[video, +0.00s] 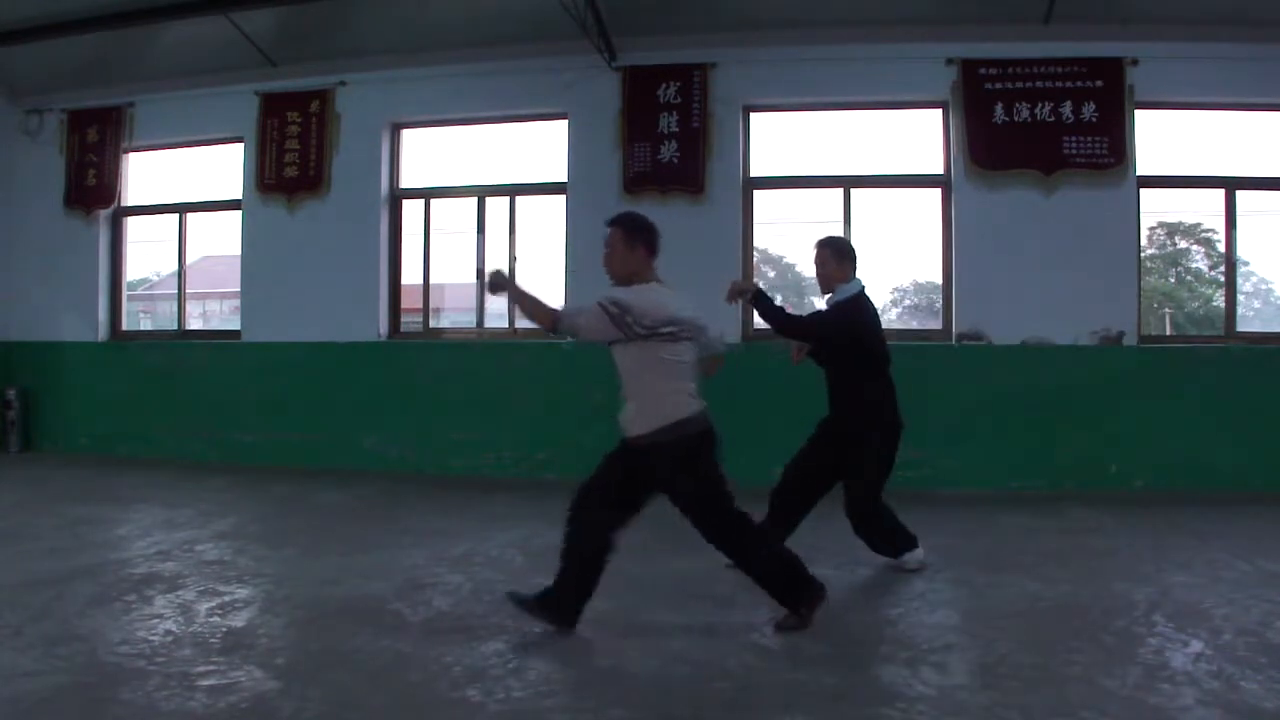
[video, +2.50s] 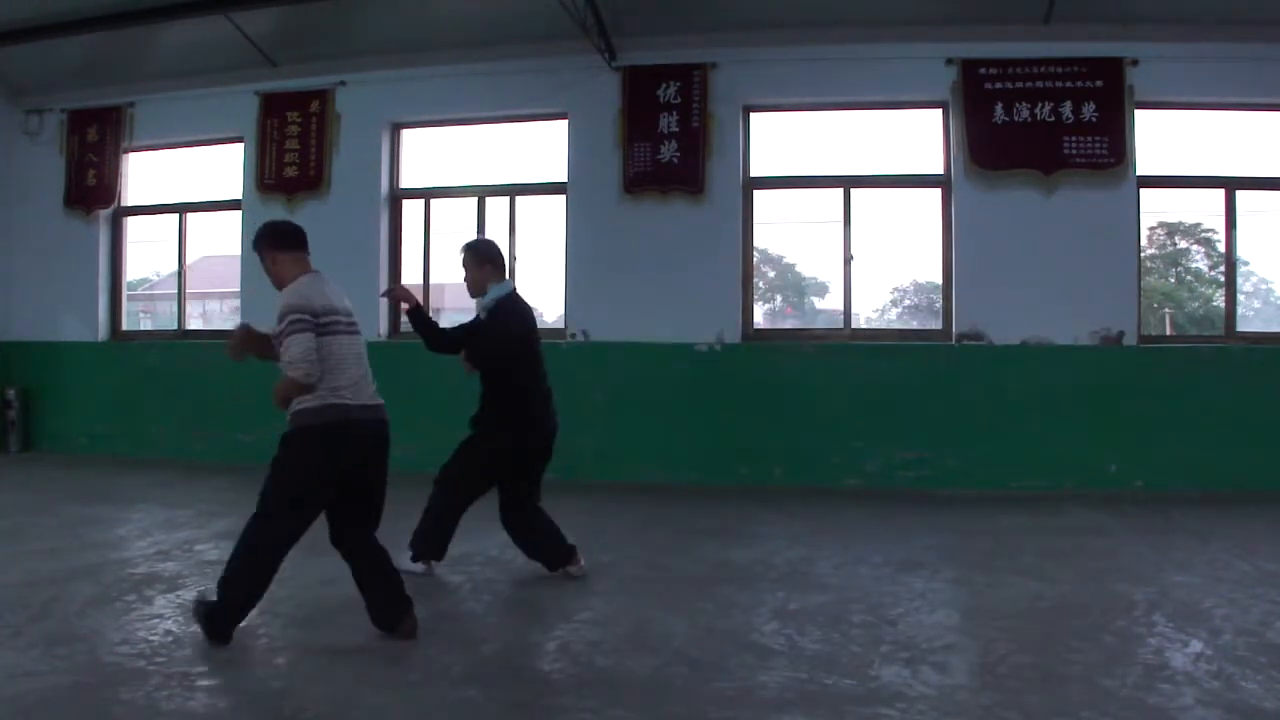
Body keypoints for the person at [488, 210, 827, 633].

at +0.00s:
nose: (604, 257)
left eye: (611, 248)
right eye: (606, 248)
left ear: (639, 252)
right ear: (641, 254)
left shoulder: (629, 304)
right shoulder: (675, 303)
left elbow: (559, 322)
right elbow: (715, 353)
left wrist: (512, 291)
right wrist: (675, 381)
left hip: (656, 440)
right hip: (688, 433)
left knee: (593, 515)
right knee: (723, 523)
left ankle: (563, 605)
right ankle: (803, 593)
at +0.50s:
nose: (420, 212)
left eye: (428, 204)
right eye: (423, 204)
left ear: (452, 212)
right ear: (447, 214)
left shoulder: (482, 268)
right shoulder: (430, 272)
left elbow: (511, 329)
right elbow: (374, 293)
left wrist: (454, 351)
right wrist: (356, 241)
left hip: (482, 390)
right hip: (439, 383)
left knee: (443, 486)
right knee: (380, 361)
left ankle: (426, 602)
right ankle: (414, 454)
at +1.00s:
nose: (282, 251)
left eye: (288, 241)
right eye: (283, 241)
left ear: (311, 243)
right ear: (324, 245)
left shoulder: (303, 300)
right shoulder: (355, 295)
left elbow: (247, 331)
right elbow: (286, 328)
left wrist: (221, 313)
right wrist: (239, 323)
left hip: (312, 428)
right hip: (362, 429)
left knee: (248, 525)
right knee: (342, 530)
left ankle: (213, 623)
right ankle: (399, 614)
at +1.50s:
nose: (229, 277)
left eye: (233, 267)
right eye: (229, 268)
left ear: (254, 266)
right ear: (265, 267)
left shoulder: (290, 313)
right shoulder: (273, 319)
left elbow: (303, 384)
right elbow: (215, 342)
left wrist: (264, 385)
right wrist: (187, 286)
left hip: (307, 443)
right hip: (340, 440)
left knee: (241, 522)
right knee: (336, 540)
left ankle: (211, 621)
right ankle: (395, 620)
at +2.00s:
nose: (252, 271)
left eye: (253, 262)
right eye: (252, 263)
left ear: (263, 261)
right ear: (293, 257)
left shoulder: (309, 309)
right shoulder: (277, 316)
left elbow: (310, 383)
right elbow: (220, 341)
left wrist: (274, 379)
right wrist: (192, 284)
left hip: (314, 443)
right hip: (344, 439)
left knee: (250, 525)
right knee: (340, 538)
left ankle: (212, 620)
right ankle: (396, 618)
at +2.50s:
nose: (268, 274)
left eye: (266, 264)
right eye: (265, 266)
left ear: (273, 258)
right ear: (304, 253)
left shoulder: (297, 297)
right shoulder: (334, 294)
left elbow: (304, 370)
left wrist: (282, 394)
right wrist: (265, 346)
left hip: (320, 430)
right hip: (369, 425)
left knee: (272, 529)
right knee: (354, 532)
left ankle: (222, 618)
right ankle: (399, 619)